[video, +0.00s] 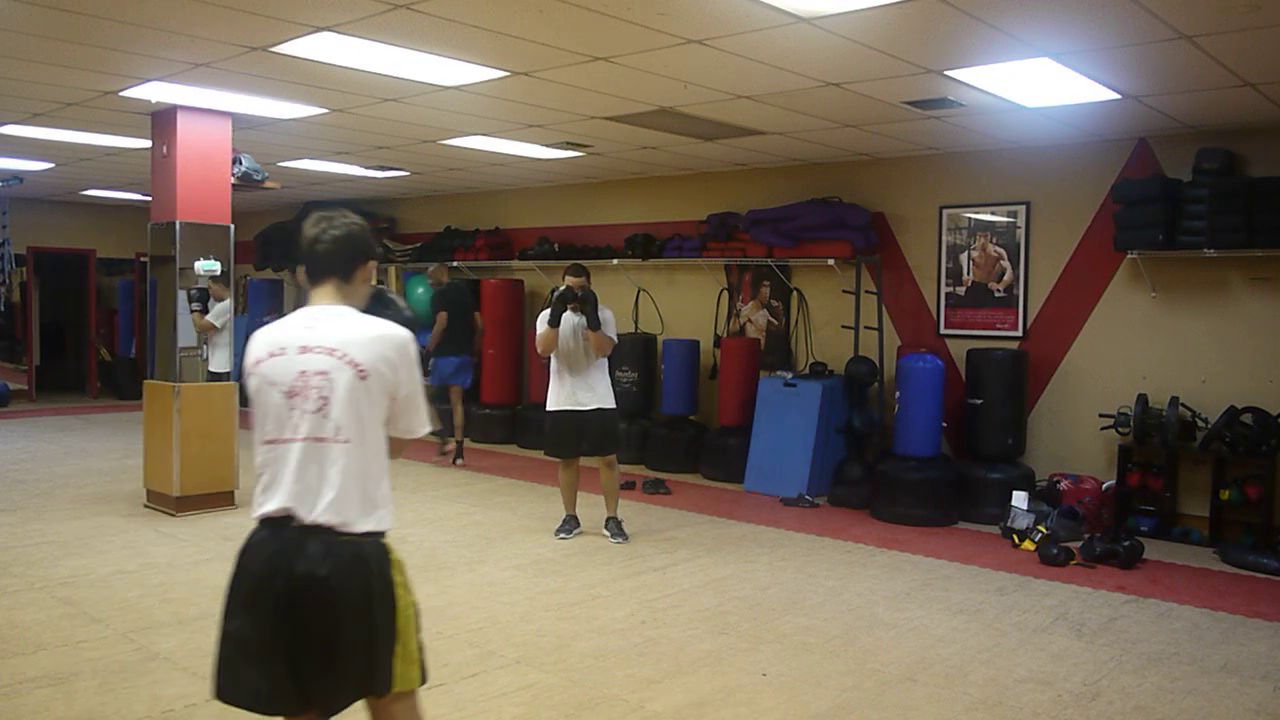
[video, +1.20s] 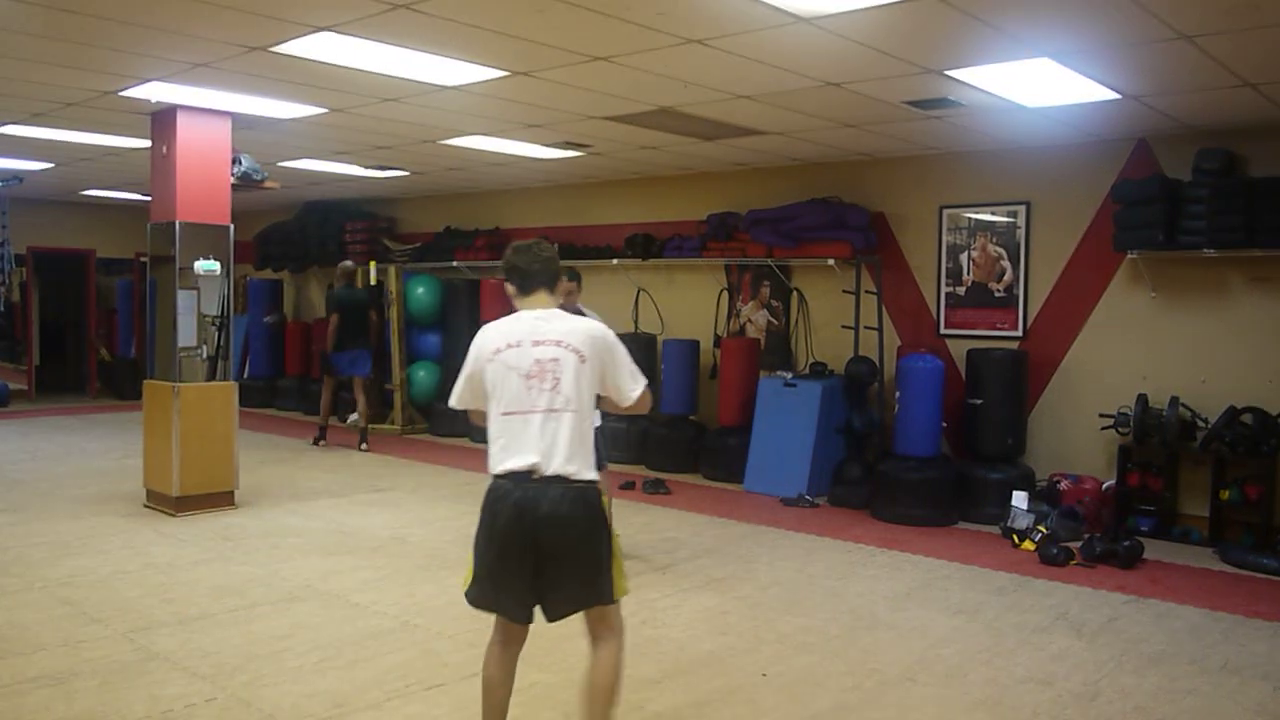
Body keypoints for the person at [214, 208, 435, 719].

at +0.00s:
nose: (374, 277)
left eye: (372, 267)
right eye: (373, 267)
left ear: (302, 272)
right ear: (366, 268)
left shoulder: (260, 343)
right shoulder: (392, 342)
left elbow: (266, 432)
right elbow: (399, 441)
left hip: (271, 554)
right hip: (356, 560)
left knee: (299, 707)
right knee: (394, 702)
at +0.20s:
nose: (427, 281)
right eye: (426, 272)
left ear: (358, 273)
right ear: (421, 273)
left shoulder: (315, 340)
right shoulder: (444, 342)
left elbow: (319, 432)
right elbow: (445, 448)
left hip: (323, 548)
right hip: (407, 551)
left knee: (332, 701)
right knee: (438, 690)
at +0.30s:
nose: (453, 277)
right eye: (453, 269)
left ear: (388, 273)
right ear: (447, 272)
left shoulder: (346, 339)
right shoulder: (475, 341)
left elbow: (336, 431)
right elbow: (483, 448)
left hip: (358, 545)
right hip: (440, 548)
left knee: (361, 694)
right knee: (459, 691)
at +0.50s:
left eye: (432, 271)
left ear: (433, 277)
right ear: (494, 277)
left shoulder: (398, 338)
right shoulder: (523, 341)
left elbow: (387, 435)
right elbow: (546, 443)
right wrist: (488, 425)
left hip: (414, 539)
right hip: (493, 541)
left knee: (408, 673)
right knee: (483, 685)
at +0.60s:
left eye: (449, 274)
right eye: (514, 275)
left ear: (449, 281)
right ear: (512, 280)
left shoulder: (416, 342)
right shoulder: (540, 343)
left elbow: (412, 443)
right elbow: (567, 444)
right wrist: (516, 419)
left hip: (430, 536)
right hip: (508, 541)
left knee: (430, 662)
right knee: (490, 682)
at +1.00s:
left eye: (482, 291)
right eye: (542, 286)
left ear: (482, 295)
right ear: (537, 289)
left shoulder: (461, 349)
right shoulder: (571, 345)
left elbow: (453, 435)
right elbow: (607, 432)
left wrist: (506, 426)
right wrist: (553, 418)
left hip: (481, 518)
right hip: (549, 519)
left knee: (495, 645)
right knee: (550, 646)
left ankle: (491, 719)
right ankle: (536, 715)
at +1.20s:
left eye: (504, 286)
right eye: (562, 280)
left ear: (509, 287)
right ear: (558, 284)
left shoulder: (489, 337)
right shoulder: (591, 332)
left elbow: (476, 413)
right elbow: (637, 402)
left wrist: (529, 410)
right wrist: (584, 396)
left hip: (507, 503)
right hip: (575, 505)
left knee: (506, 634)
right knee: (605, 633)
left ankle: (492, 718)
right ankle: (595, 716)